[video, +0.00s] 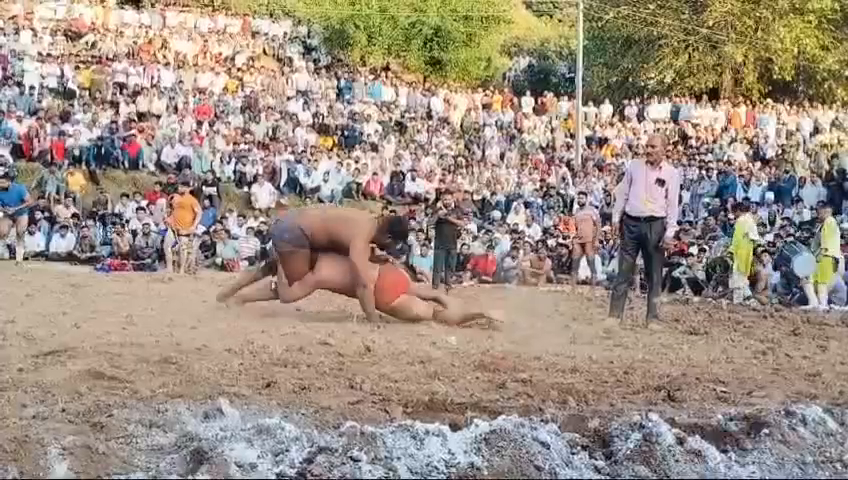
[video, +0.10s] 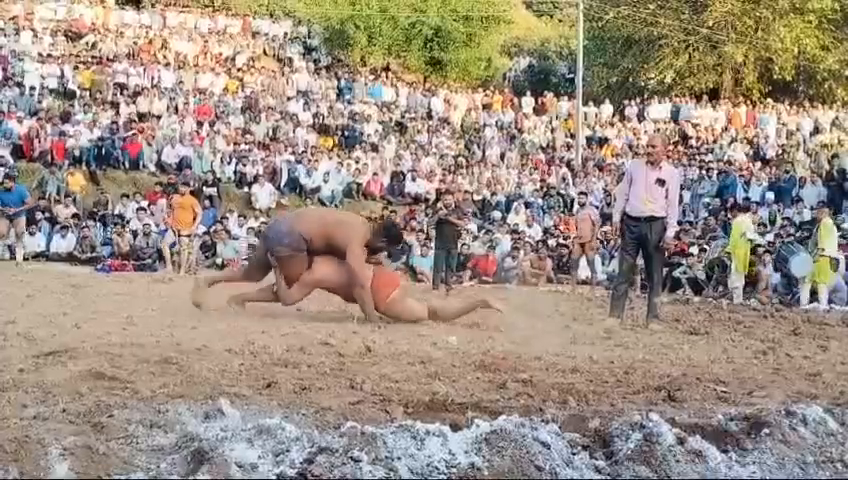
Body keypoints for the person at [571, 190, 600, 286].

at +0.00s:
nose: (580, 200)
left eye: (582, 198)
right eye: (579, 198)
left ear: (587, 199)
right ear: (577, 199)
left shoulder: (592, 211)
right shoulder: (576, 213)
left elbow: (598, 226)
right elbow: (573, 227)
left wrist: (596, 240)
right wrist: (572, 238)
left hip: (589, 240)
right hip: (577, 240)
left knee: (590, 261)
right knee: (575, 261)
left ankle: (594, 278)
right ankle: (574, 280)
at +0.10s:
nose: (581, 200)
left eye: (583, 198)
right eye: (579, 198)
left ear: (587, 199)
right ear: (577, 199)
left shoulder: (591, 211)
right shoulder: (577, 212)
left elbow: (597, 223)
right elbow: (577, 226)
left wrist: (594, 238)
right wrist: (575, 236)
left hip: (589, 239)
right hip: (578, 239)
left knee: (591, 262)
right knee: (573, 261)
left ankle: (593, 283)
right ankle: (573, 283)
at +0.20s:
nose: (580, 201)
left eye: (582, 198)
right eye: (579, 198)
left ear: (587, 200)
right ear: (577, 200)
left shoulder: (591, 211)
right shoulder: (578, 212)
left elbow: (595, 224)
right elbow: (577, 226)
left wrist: (593, 236)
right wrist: (576, 235)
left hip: (589, 239)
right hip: (578, 239)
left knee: (590, 262)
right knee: (573, 260)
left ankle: (593, 280)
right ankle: (573, 279)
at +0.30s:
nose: (578, 201)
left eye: (581, 199)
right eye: (577, 199)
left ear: (586, 200)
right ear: (576, 200)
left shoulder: (588, 213)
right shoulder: (579, 212)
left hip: (587, 242)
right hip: (578, 241)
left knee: (590, 261)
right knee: (573, 260)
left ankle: (594, 276)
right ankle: (572, 277)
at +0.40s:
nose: (576, 202)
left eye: (579, 200)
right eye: (576, 200)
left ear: (584, 201)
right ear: (577, 201)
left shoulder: (587, 213)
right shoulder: (578, 214)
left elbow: (591, 227)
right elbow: (577, 227)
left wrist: (589, 238)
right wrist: (575, 237)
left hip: (586, 241)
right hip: (577, 241)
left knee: (588, 264)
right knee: (573, 263)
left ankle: (595, 280)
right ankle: (571, 279)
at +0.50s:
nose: (574, 203)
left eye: (576, 201)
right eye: (574, 201)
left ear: (581, 202)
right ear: (578, 203)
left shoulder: (585, 214)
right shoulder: (578, 213)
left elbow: (588, 228)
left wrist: (581, 242)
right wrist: (576, 240)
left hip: (584, 242)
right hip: (577, 242)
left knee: (587, 265)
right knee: (569, 262)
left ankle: (594, 281)